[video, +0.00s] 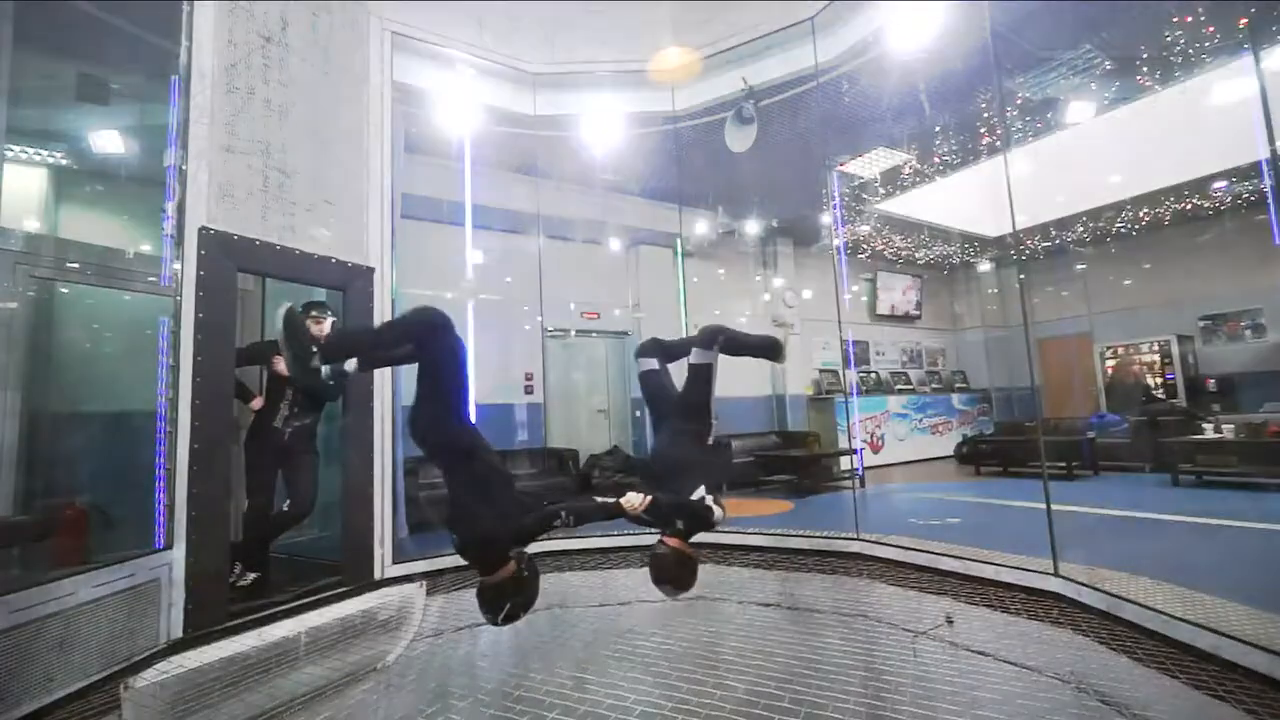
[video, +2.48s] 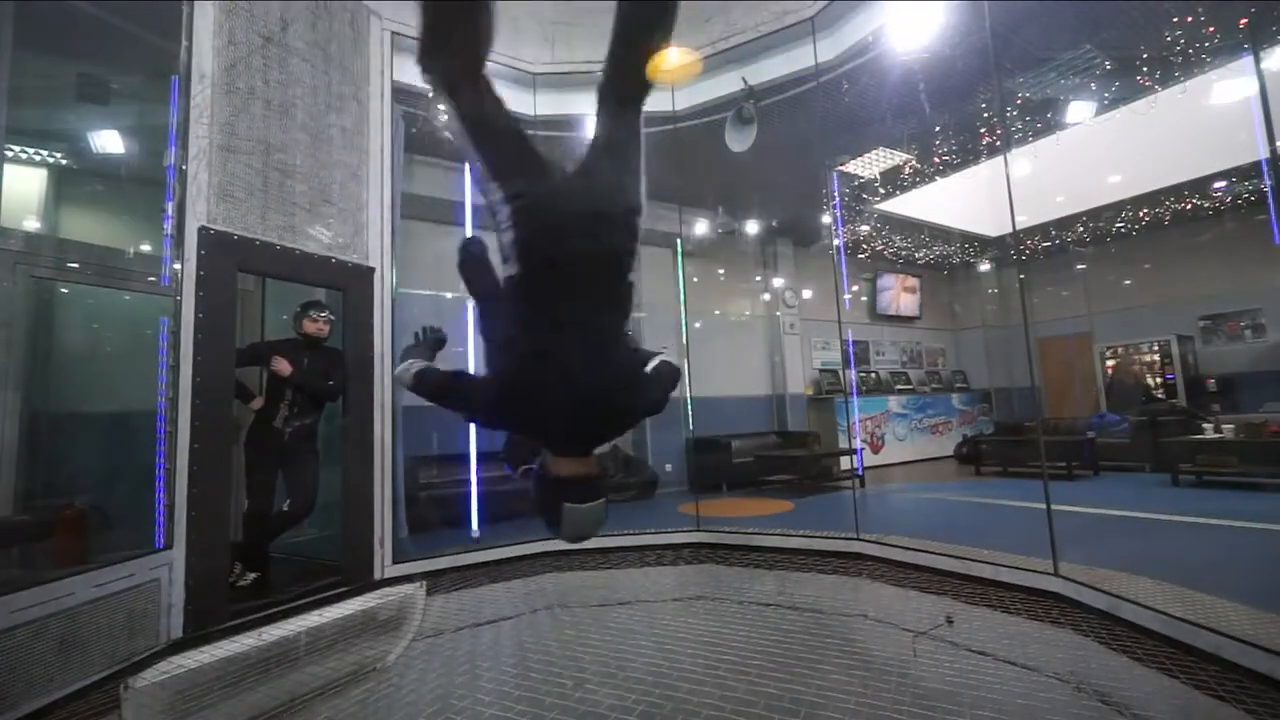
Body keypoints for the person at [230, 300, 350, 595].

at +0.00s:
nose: (322, 328)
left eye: (326, 322)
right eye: (316, 322)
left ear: (331, 326)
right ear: (302, 323)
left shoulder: (332, 359)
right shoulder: (275, 349)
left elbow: (330, 393)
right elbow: (222, 360)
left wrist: (290, 374)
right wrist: (249, 397)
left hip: (301, 444)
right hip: (264, 440)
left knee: (302, 506)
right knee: (259, 506)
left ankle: (243, 552)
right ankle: (254, 570)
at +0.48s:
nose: (305, 325)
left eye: (314, 320)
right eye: (305, 319)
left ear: (327, 330)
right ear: (303, 325)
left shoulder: (332, 359)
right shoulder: (279, 349)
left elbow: (333, 391)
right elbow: (225, 361)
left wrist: (293, 374)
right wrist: (249, 397)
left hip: (301, 441)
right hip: (264, 436)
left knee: (302, 506)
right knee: (260, 506)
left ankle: (240, 554)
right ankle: (255, 570)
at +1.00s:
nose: (322, 325)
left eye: (327, 321)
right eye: (315, 319)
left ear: (332, 327)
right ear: (301, 323)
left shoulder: (334, 357)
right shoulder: (280, 348)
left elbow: (333, 392)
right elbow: (224, 360)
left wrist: (293, 373)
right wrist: (249, 397)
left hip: (302, 440)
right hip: (265, 435)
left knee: (303, 504)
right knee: (260, 504)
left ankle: (242, 553)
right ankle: (254, 570)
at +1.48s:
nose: (322, 325)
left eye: (327, 321)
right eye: (315, 319)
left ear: (333, 327)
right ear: (301, 322)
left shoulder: (334, 357)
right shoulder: (280, 348)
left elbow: (332, 392)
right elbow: (224, 360)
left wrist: (293, 373)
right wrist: (249, 397)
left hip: (302, 441)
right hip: (264, 436)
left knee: (302, 504)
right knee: (259, 504)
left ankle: (242, 553)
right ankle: (254, 570)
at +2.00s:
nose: (321, 324)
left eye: (326, 320)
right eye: (315, 319)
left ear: (330, 326)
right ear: (300, 323)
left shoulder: (335, 358)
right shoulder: (279, 348)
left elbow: (332, 392)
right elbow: (224, 361)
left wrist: (293, 373)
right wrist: (250, 398)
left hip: (302, 442)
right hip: (264, 437)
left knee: (302, 505)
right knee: (260, 505)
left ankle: (242, 553)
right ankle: (254, 570)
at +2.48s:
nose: (322, 324)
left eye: (326, 320)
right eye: (315, 319)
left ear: (331, 326)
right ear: (300, 323)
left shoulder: (334, 357)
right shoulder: (279, 349)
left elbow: (333, 393)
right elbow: (223, 361)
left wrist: (292, 373)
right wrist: (249, 397)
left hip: (302, 442)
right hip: (264, 437)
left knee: (303, 504)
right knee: (260, 504)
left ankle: (243, 553)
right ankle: (254, 570)